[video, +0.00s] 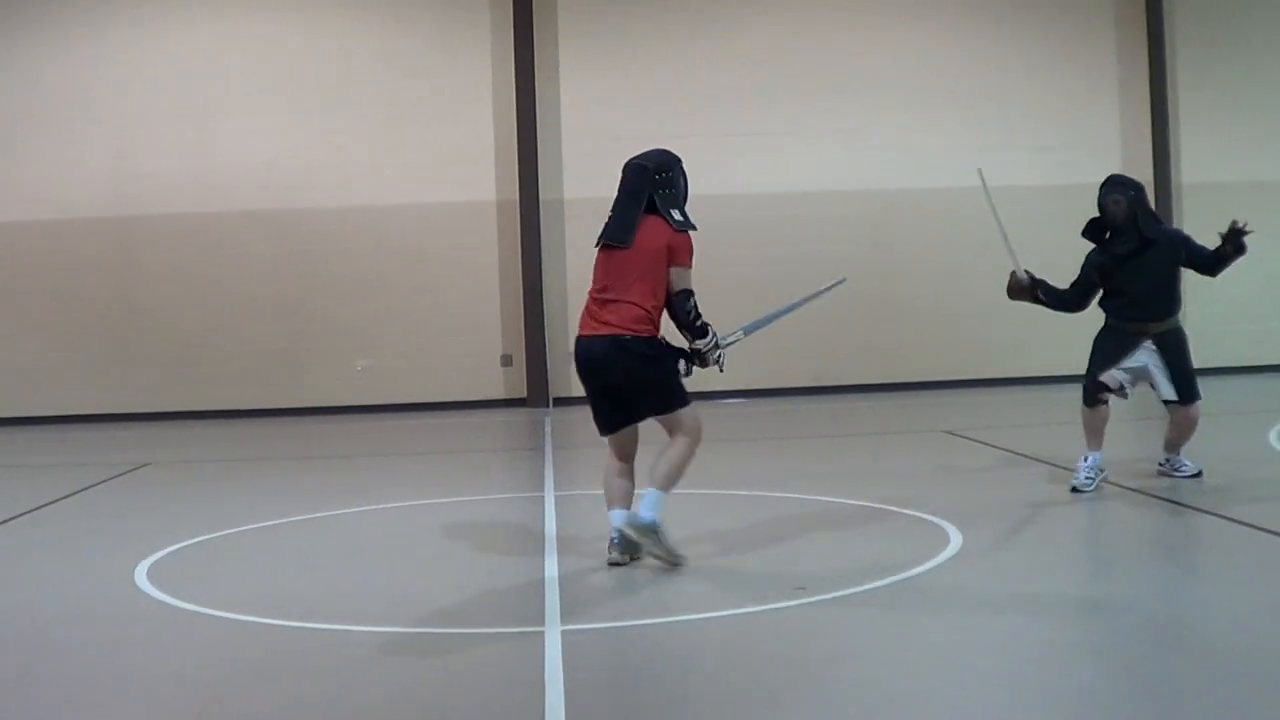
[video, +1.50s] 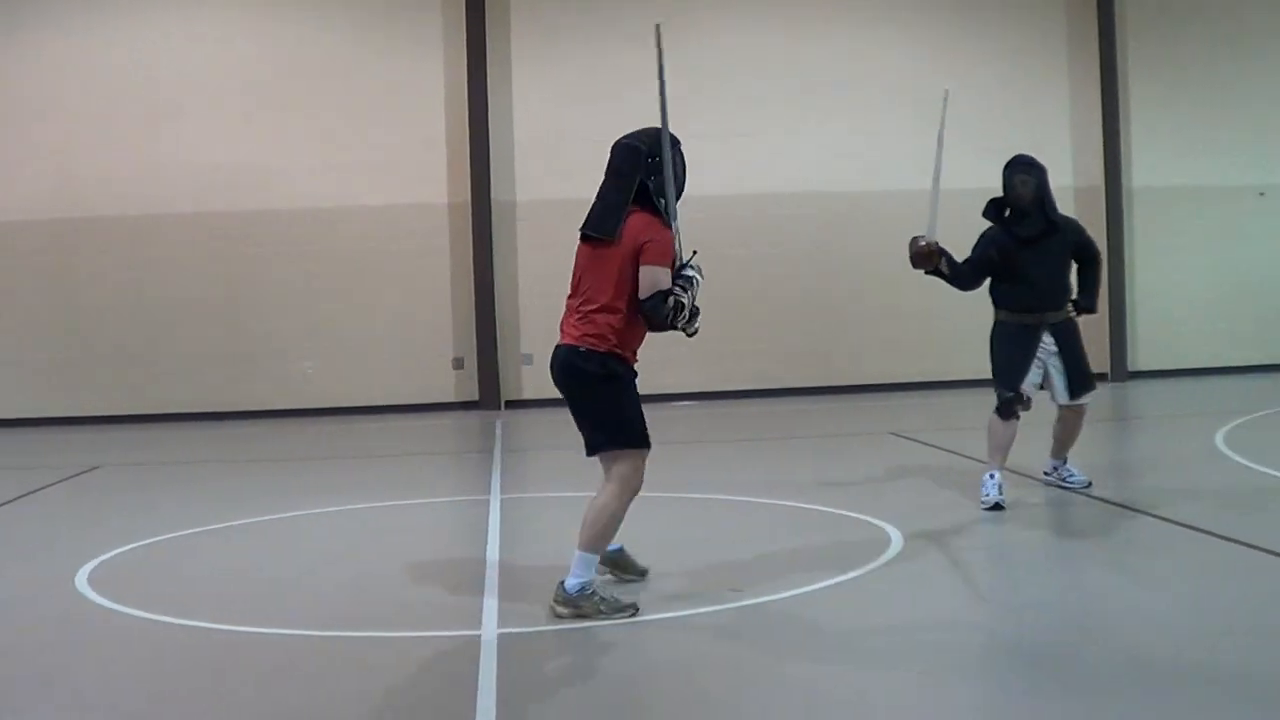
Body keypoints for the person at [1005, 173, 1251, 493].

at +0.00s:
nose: (1111, 209)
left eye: (1118, 202)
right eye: (1106, 203)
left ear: (1135, 204)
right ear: (1101, 208)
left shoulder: (1167, 240)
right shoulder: (1102, 254)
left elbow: (1208, 265)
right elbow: (1075, 300)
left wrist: (1228, 250)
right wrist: (1036, 288)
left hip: (1165, 334)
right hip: (1118, 334)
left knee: (1188, 412)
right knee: (1093, 392)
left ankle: (1171, 457)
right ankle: (1093, 461)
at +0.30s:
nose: (1114, 200)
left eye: (1122, 193)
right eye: (1111, 194)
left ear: (1140, 197)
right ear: (1106, 201)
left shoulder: (1174, 235)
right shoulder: (1107, 248)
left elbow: (1212, 263)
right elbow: (1076, 290)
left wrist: (1230, 246)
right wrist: (1033, 274)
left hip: (1172, 330)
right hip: (1124, 331)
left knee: (1194, 403)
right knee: (1096, 389)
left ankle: (1179, 458)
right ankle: (1072, 461)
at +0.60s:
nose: (1087, 196)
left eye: (1094, 189)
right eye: (1082, 191)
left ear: (1113, 192)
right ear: (1077, 198)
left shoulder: (1143, 234)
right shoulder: (1074, 245)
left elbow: (1179, 267)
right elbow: (1046, 285)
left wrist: (1199, 250)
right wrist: (1003, 271)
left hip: (1141, 329)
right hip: (1092, 332)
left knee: (1166, 400)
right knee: (1070, 400)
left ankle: (1176, 454)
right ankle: (1056, 473)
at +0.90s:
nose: (1064, 191)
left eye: (1071, 184)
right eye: (1059, 185)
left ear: (1089, 186)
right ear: (1052, 192)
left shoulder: (1119, 224)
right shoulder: (1050, 238)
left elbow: (1151, 251)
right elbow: (1023, 280)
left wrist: (1168, 266)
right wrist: (985, 266)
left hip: (1122, 323)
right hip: (1075, 326)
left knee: (1137, 394)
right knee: (1060, 396)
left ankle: (1108, 462)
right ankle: (1042, 473)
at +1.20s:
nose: (1061, 188)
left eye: (1068, 181)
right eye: (1056, 182)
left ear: (1085, 183)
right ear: (1049, 186)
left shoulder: (1115, 221)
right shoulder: (1047, 233)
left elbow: (1147, 245)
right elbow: (1020, 276)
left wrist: (1147, 290)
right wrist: (986, 261)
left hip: (1112, 320)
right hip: (1066, 321)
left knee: (1121, 398)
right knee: (1048, 388)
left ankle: (1094, 463)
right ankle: (1031, 465)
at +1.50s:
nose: (1021, 187)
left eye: (1027, 180)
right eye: (1015, 181)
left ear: (1041, 185)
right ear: (1005, 188)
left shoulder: (1065, 228)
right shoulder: (997, 237)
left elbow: (1090, 257)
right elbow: (968, 279)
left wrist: (1086, 299)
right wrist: (940, 260)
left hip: (1060, 324)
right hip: (1014, 328)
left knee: (1075, 399)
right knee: (1010, 402)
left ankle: (1057, 466)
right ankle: (993, 478)